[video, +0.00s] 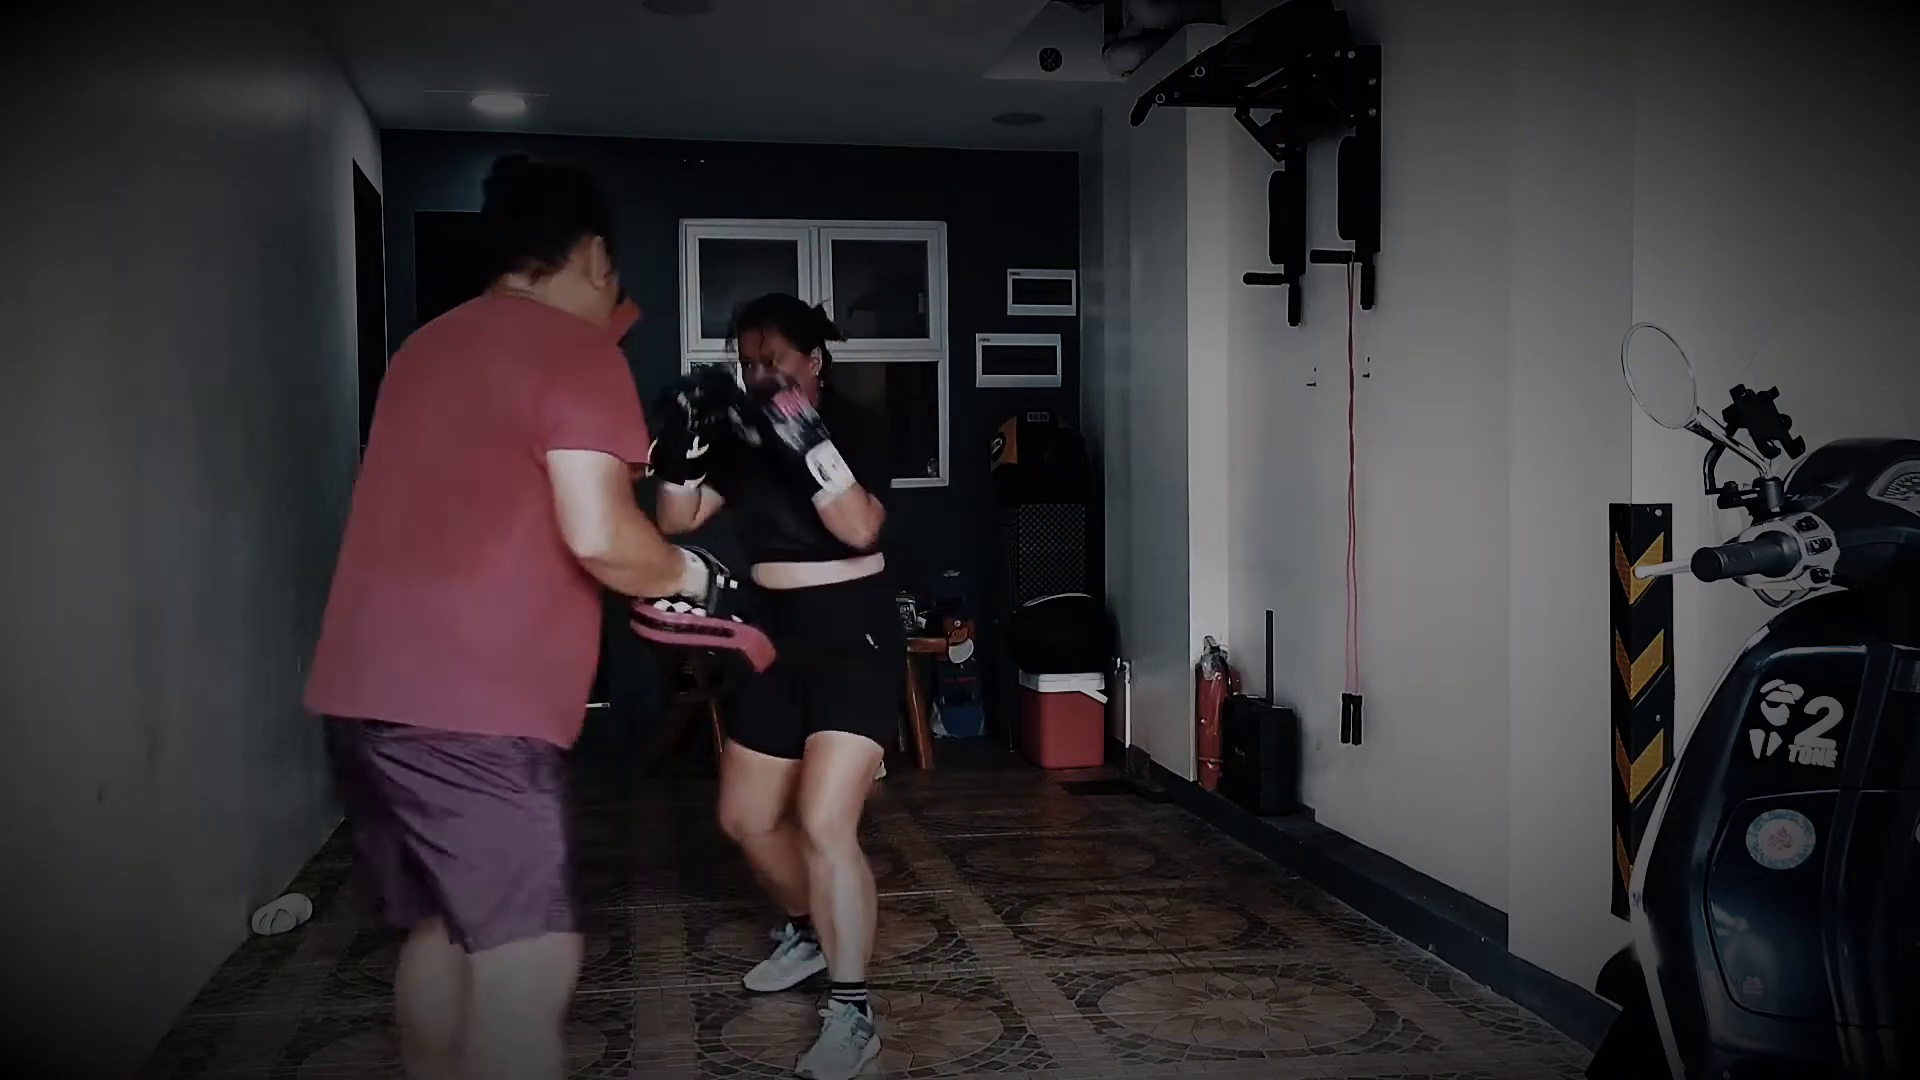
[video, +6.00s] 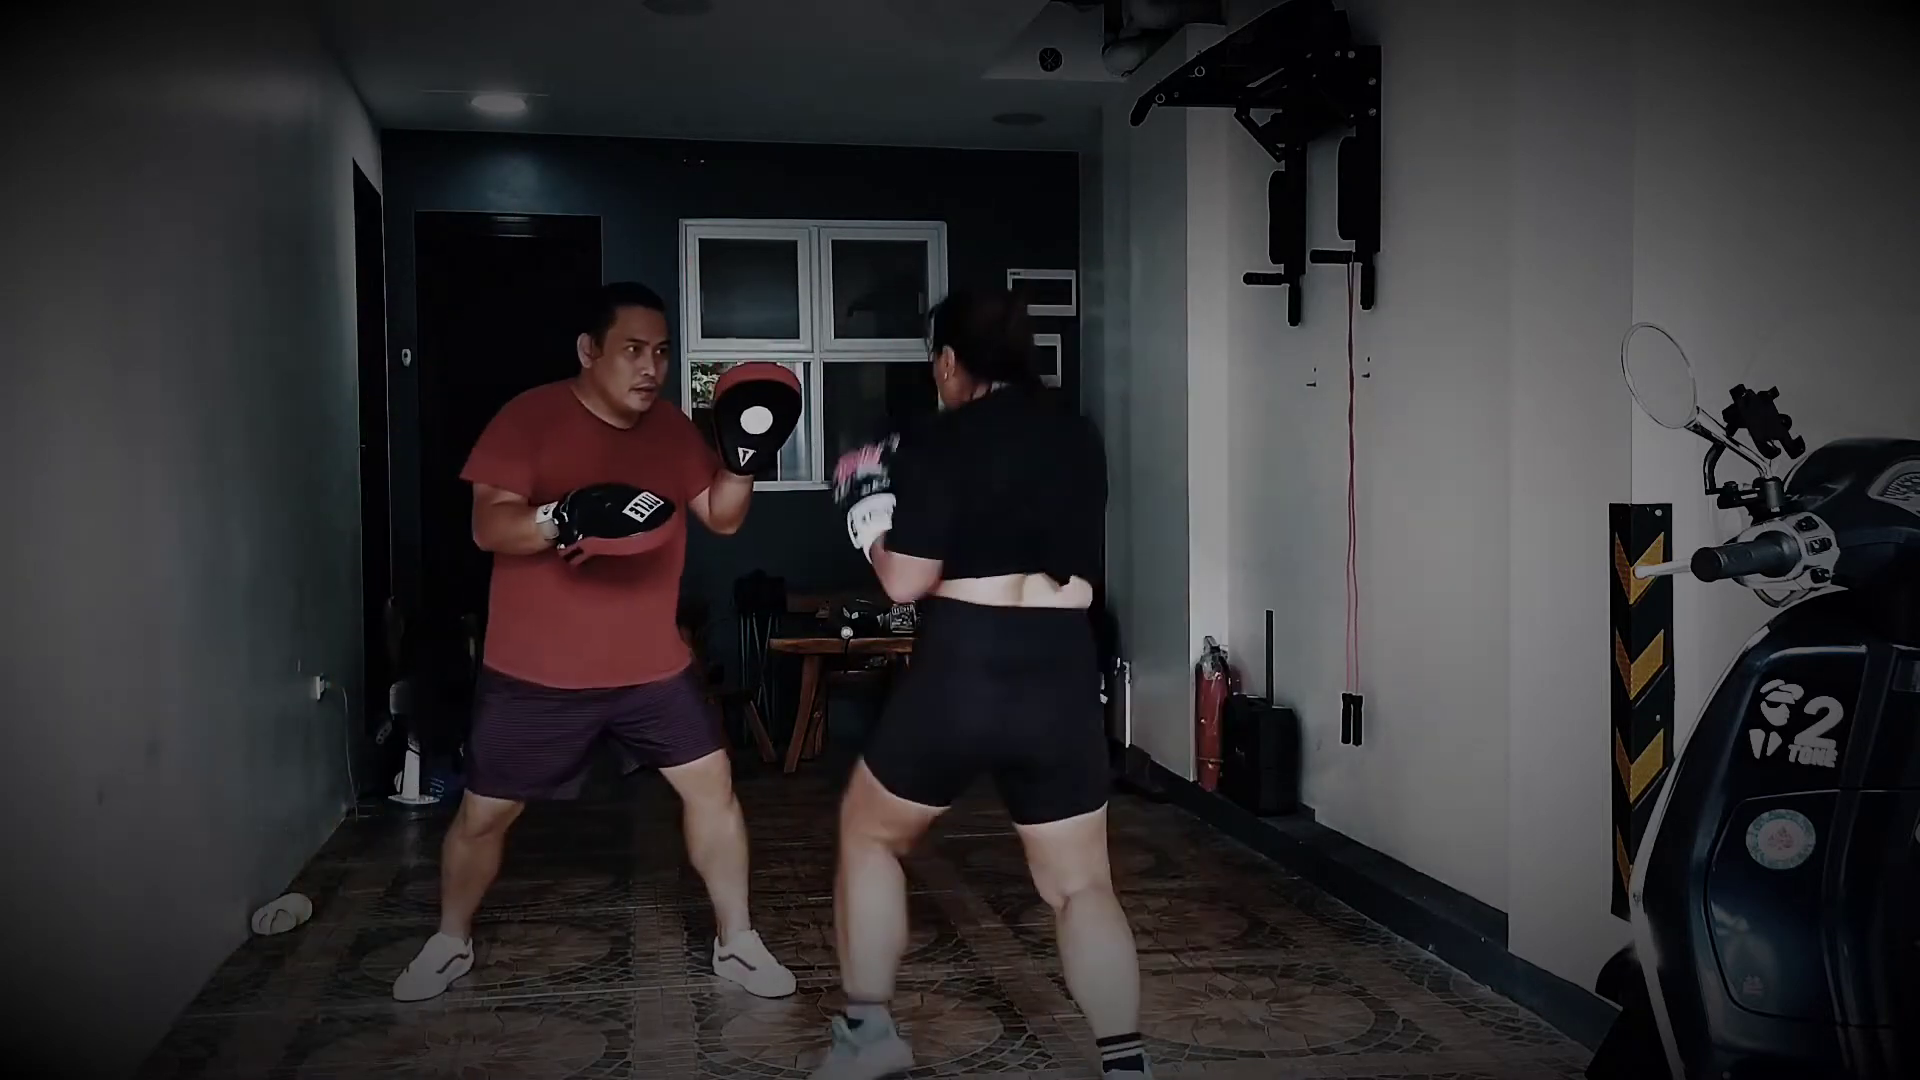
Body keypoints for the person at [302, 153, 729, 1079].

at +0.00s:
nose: (615, 293)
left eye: (609, 270)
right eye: (609, 267)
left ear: (509, 256)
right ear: (582, 252)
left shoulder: (425, 347)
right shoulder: (574, 348)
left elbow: (482, 509)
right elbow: (602, 537)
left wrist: (638, 559)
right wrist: (689, 574)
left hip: (368, 699)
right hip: (479, 712)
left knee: (436, 930)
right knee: (529, 955)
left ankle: (436, 1075)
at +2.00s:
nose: (589, 297)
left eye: (586, 274)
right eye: (588, 271)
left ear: (465, 251)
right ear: (564, 242)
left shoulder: (360, 370)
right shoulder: (549, 350)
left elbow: (306, 560)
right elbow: (576, 554)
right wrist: (666, 588)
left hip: (358, 766)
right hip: (497, 773)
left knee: (440, 991)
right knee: (563, 1037)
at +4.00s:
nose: (477, 277)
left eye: (478, 256)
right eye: (478, 252)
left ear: (355, 234)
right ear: (444, 235)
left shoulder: (263, 343)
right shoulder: (425, 335)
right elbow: (587, 453)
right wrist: (612, 358)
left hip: (257, 720)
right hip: (353, 731)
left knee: (332, 985)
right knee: (367, 995)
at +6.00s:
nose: (650, 366)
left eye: (660, 352)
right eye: (634, 349)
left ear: (668, 357)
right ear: (589, 350)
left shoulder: (672, 429)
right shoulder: (529, 420)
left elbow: (723, 516)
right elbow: (491, 528)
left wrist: (745, 455)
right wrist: (564, 519)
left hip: (652, 667)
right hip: (535, 671)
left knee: (711, 784)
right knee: (481, 817)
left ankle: (736, 938)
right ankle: (451, 939)